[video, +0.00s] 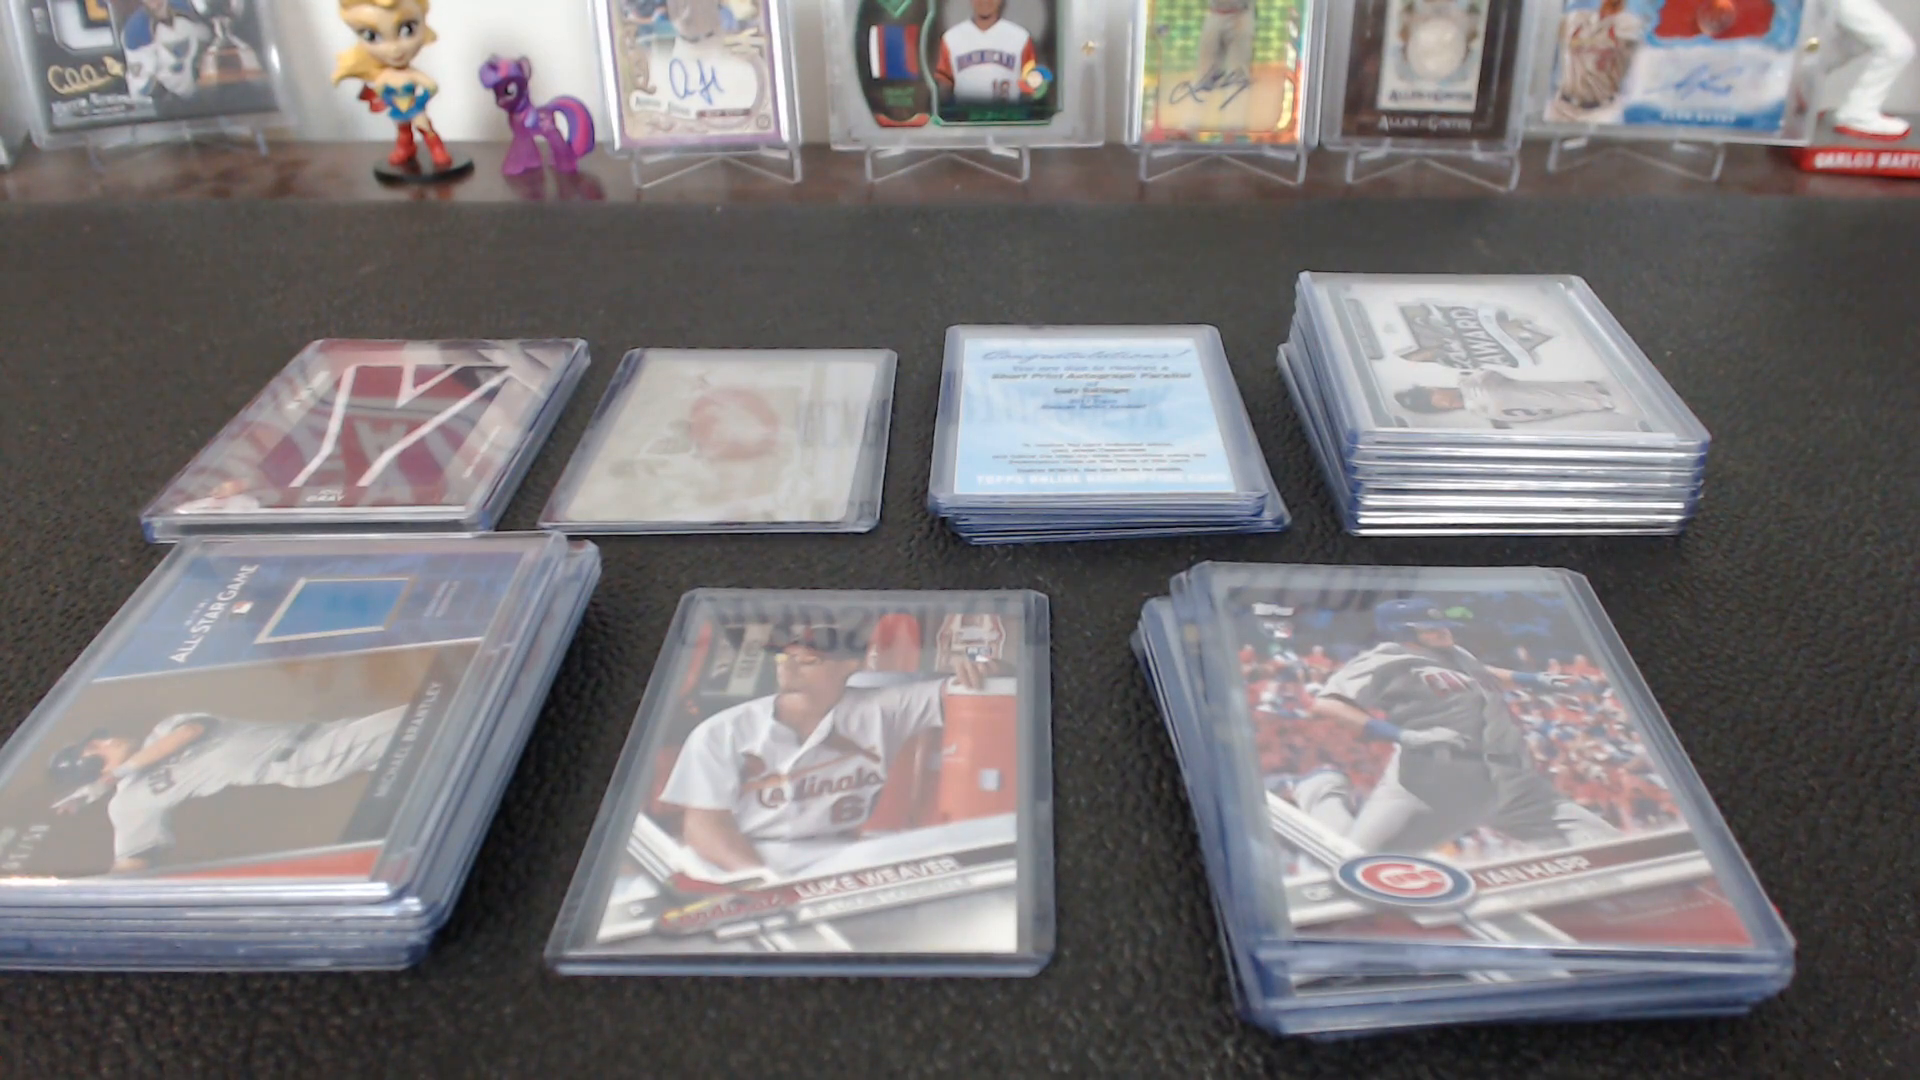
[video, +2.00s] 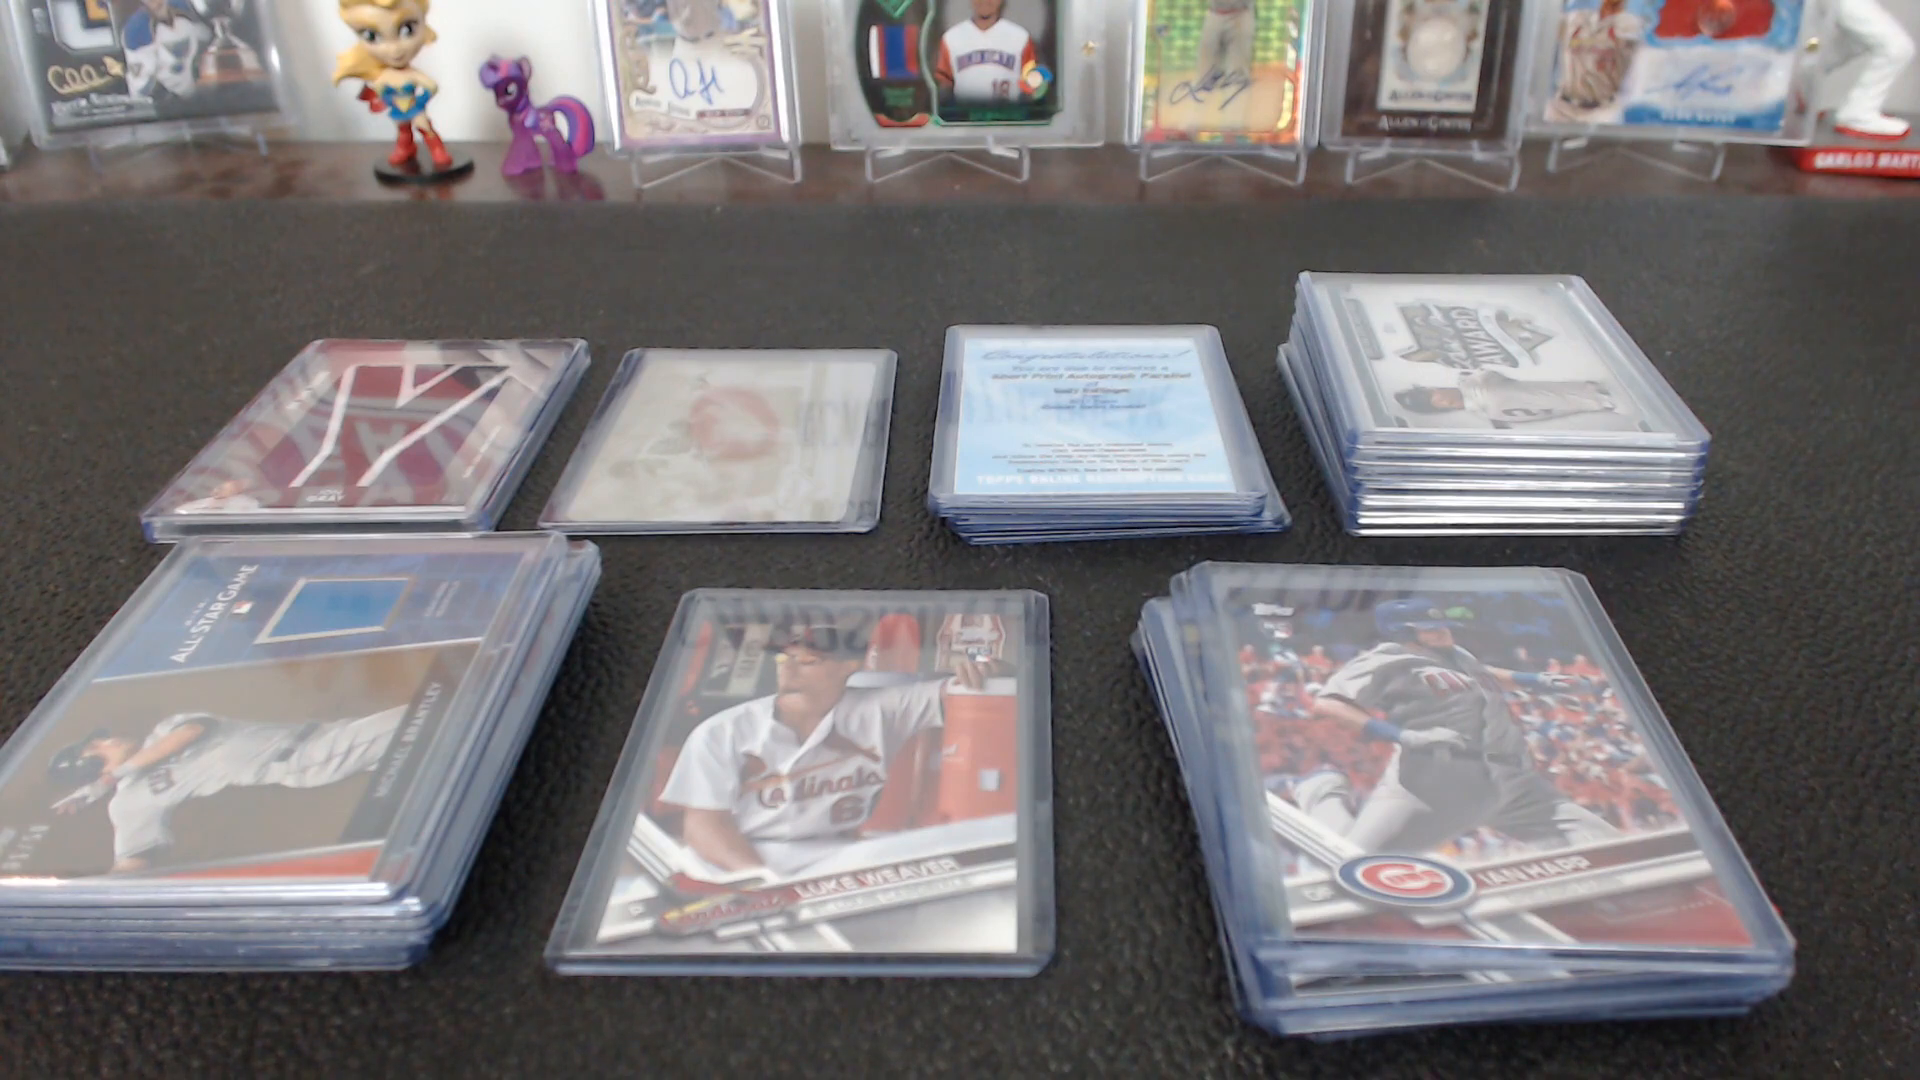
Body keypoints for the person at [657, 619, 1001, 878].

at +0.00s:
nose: (799, 656)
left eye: (820, 646)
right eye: (789, 644)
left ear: (854, 661)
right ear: (776, 656)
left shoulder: (877, 713)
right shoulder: (719, 735)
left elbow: (959, 690)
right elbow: (703, 829)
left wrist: (972, 674)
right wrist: (767, 883)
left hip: (829, 868)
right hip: (730, 872)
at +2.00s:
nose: (792, 661)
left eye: (814, 651)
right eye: (785, 648)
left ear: (852, 665)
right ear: (775, 658)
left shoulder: (874, 714)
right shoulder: (720, 736)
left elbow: (955, 691)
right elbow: (703, 829)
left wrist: (973, 674)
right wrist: (768, 884)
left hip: (827, 868)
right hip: (728, 873)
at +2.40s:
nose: (793, 661)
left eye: (814, 651)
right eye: (786, 649)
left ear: (852, 665)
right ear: (776, 658)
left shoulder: (874, 715)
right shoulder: (719, 736)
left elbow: (953, 691)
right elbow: (703, 829)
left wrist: (972, 674)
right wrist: (767, 884)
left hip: (827, 867)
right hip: (730, 872)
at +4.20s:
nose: (793, 658)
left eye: (814, 650)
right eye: (787, 645)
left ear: (853, 663)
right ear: (776, 654)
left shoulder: (875, 714)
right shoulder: (720, 735)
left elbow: (954, 692)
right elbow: (703, 830)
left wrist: (975, 676)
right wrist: (767, 885)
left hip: (831, 868)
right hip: (733, 873)